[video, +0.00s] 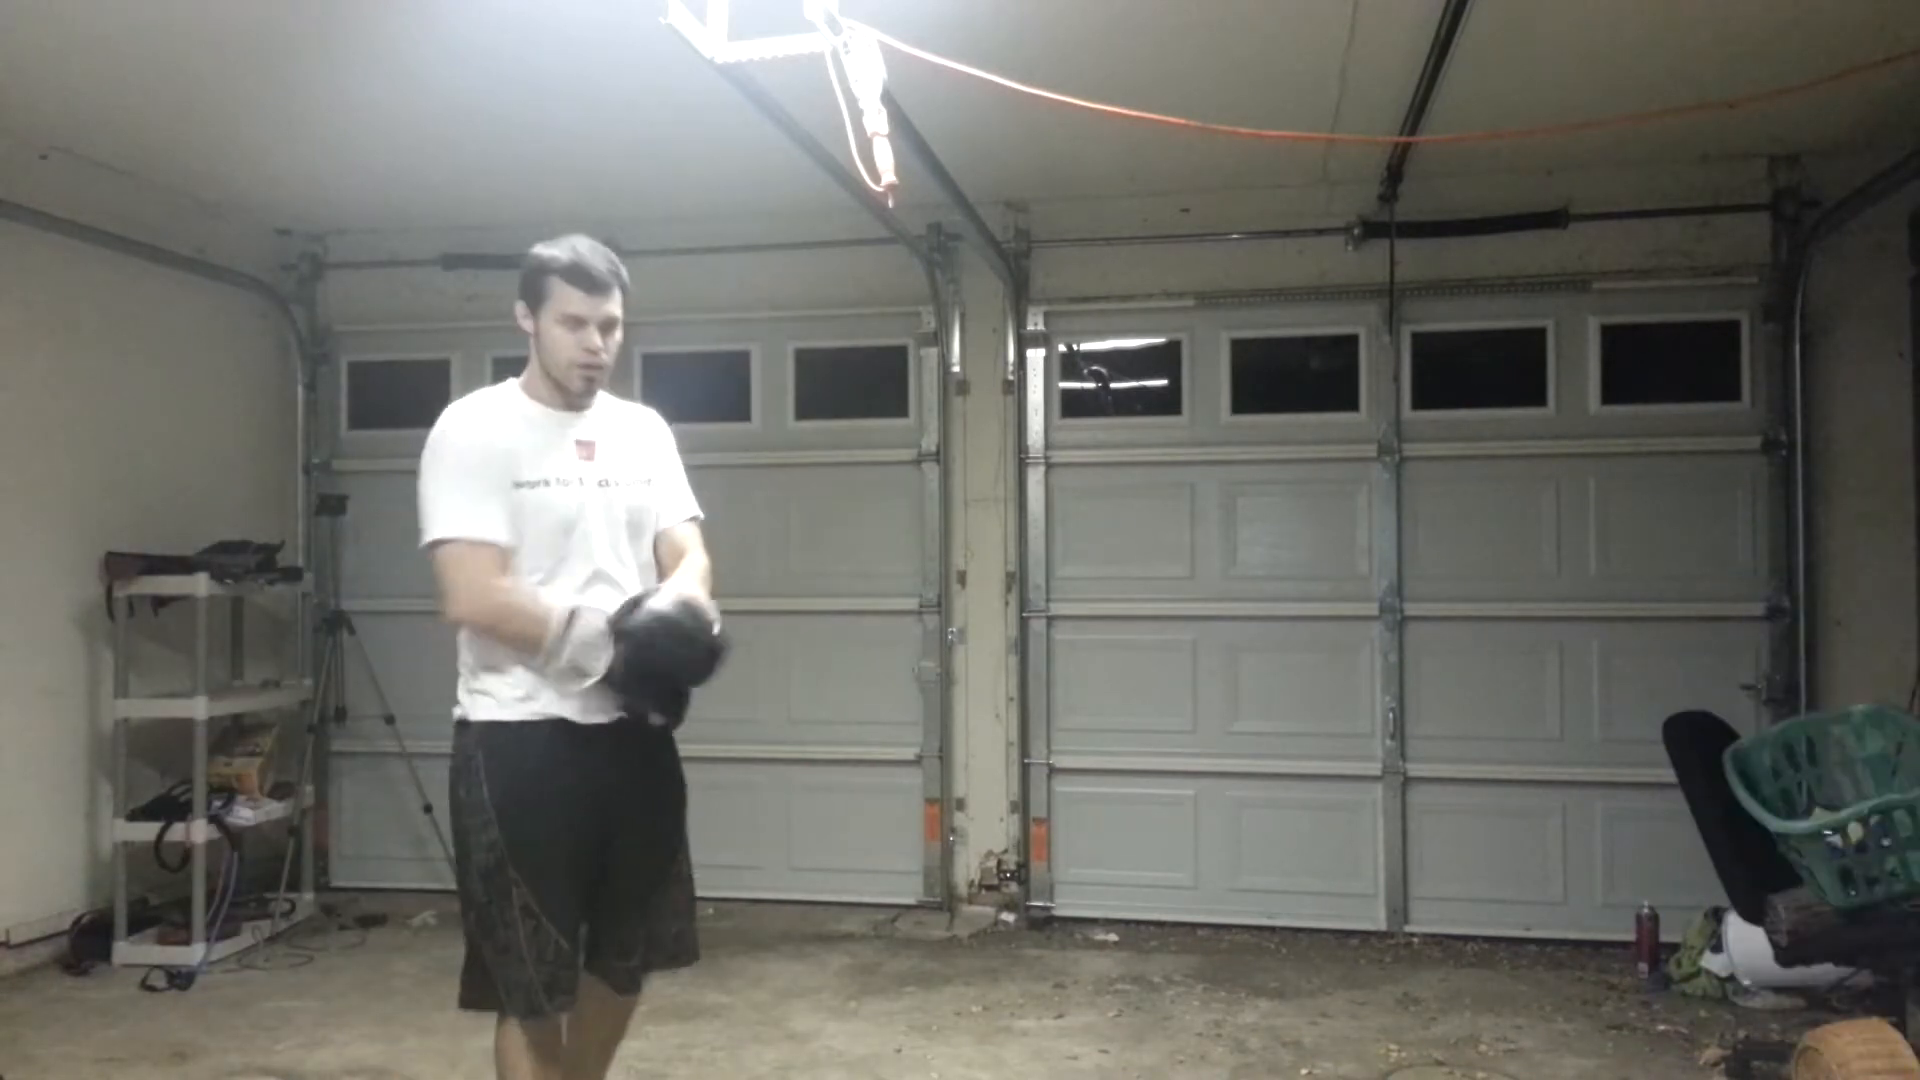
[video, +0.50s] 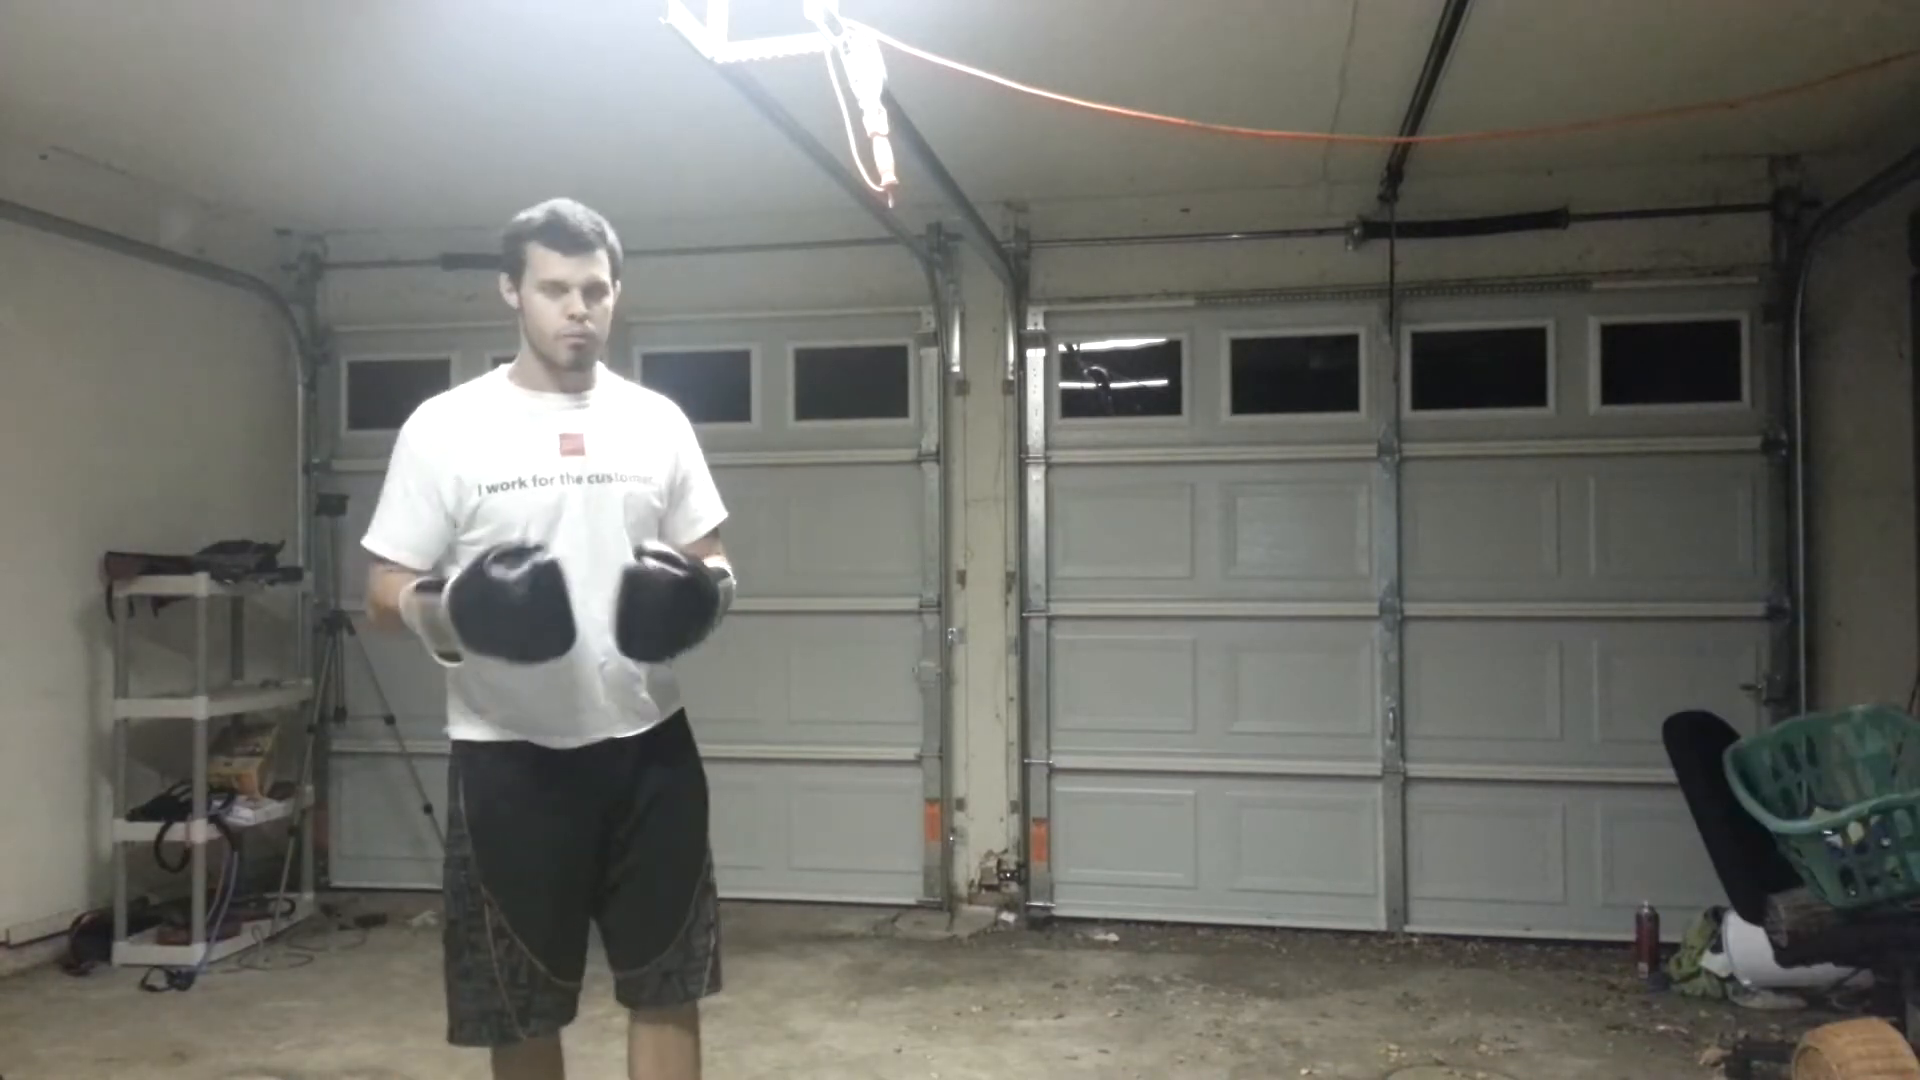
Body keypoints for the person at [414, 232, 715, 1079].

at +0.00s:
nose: (599, 346)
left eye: (611, 327)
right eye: (579, 325)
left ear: (625, 327)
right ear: (527, 322)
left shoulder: (642, 428)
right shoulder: (471, 428)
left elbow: (686, 555)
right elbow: (470, 597)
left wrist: (674, 625)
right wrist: (606, 644)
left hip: (633, 736)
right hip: (519, 742)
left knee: (622, 964)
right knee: (536, 985)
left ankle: (576, 1078)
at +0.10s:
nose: (581, 331)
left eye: (595, 311)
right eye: (560, 312)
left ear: (613, 314)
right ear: (514, 316)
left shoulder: (641, 425)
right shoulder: (458, 435)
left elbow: (692, 551)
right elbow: (418, 604)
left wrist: (718, 606)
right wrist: (544, 670)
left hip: (636, 737)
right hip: (512, 749)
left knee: (647, 957)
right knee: (527, 994)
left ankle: (592, 1078)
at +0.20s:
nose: (569, 319)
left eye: (584, 299)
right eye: (547, 301)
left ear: (605, 305)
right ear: (506, 311)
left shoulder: (643, 422)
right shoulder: (446, 433)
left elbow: (703, 545)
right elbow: (372, 588)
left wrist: (732, 583)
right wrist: (470, 656)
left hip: (637, 741)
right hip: (509, 750)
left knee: (660, 965)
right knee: (524, 1004)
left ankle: (612, 1077)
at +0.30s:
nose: (564, 312)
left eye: (580, 291)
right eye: (541, 294)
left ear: (604, 298)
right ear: (502, 305)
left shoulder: (648, 416)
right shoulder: (440, 432)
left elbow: (704, 539)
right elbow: (355, 576)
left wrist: (715, 585)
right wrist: (439, 637)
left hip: (645, 740)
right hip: (511, 752)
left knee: (672, 969)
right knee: (519, 1011)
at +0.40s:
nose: (573, 313)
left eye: (588, 291)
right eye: (549, 293)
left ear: (610, 298)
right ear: (507, 300)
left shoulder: (650, 420)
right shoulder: (441, 431)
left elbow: (701, 548)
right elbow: (366, 580)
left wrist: (700, 587)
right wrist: (438, 627)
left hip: (647, 747)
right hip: (512, 758)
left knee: (673, 989)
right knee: (522, 1016)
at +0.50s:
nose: (580, 311)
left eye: (596, 291)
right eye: (558, 290)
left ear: (617, 298)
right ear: (513, 296)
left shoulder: (658, 420)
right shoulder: (443, 427)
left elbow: (714, 563)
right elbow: (387, 591)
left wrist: (699, 591)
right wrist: (450, 611)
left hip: (647, 748)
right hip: (512, 757)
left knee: (667, 1001)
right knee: (522, 1021)